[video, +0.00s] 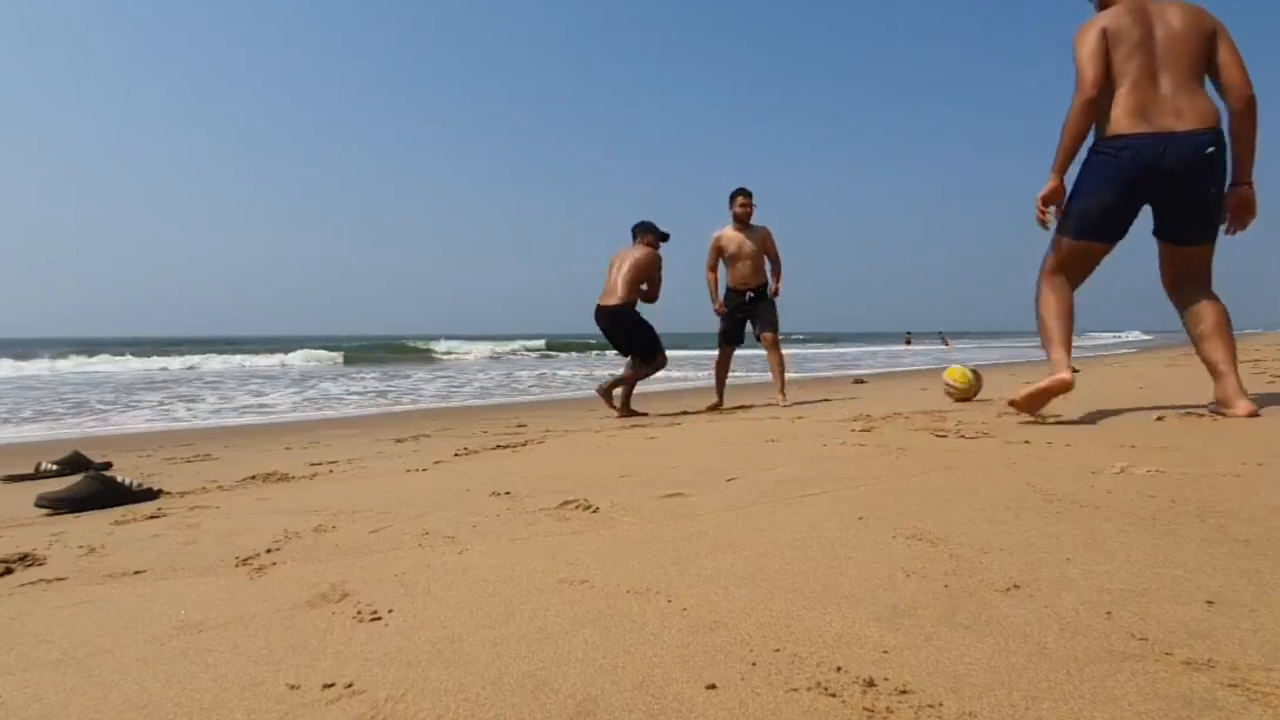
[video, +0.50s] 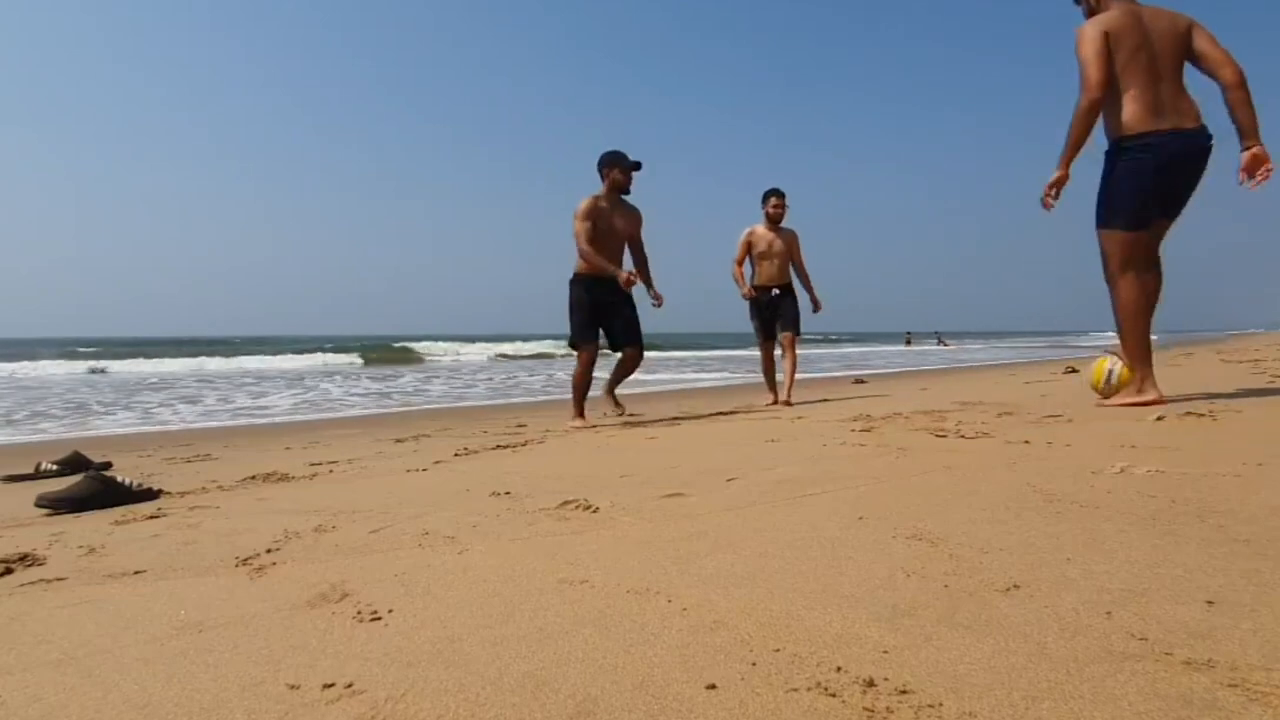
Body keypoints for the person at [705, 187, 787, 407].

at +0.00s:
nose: (747, 210)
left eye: (750, 206)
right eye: (742, 206)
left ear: (753, 209)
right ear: (732, 208)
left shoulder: (762, 234)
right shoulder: (721, 238)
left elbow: (775, 260)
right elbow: (712, 269)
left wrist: (776, 282)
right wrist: (715, 299)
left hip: (760, 292)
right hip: (735, 293)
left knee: (770, 339)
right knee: (726, 348)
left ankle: (781, 393)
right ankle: (719, 397)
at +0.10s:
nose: (762, 208)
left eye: (764, 203)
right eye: (757, 203)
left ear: (768, 206)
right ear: (746, 205)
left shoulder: (774, 232)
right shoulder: (732, 234)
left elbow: (786, 260)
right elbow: (721, 265)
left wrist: (782, 277)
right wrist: (723, 295)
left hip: (769, 290)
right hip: (743, 292)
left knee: (777, 339)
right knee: (732, 345)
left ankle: (782, 393)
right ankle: (723, 395)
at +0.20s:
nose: (771, 206)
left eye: (774, 202)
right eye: (766, 201)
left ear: (777, 204)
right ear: (756, 203)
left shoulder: (783, 230)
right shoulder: (741, 230)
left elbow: (794, 258)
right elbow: (730, 260)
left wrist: (795, 279)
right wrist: (730, 289)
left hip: (776, 288)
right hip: (749, 288)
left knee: (781, 338)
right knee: (741, 343)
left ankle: (782, 393)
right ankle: (740, 392)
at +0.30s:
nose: (775, 205)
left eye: (778, 201)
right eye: (771, 201)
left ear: (782, 204)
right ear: (761, 202)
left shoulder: (788, 230)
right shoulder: (747, 229)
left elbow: (799, 259)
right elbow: (735, 259)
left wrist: (807, 284)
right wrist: (736, 285)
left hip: (779, 287)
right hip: (753, 288)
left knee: (783, 338)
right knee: (749, 341)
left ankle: (783, 393)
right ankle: (760, 389)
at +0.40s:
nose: (778, 208)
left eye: (781, 204)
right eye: (773, 203)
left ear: (784, 206)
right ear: (763, 205)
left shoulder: (790, 233)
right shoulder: (750, 231)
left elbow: (801, 263)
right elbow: (737, 260)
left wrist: (812, 289)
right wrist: (741, 283)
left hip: (782, 287)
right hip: (758, 288)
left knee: (785, 339)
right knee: (760, 344)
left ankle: (783, 393)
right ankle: (770, 392)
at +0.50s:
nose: (779, 211)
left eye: (782, 207)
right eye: (775, 207)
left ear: (785, 209)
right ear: (764, 208)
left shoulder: (790, 236)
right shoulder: (751, 234)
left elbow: (799, 267)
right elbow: (738, 264)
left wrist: (812, 294)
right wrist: (743, 286)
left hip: (785, 290)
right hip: (761, 292)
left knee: (788, 340)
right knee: (767, 345)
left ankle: (787, 394)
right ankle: (772, 394)